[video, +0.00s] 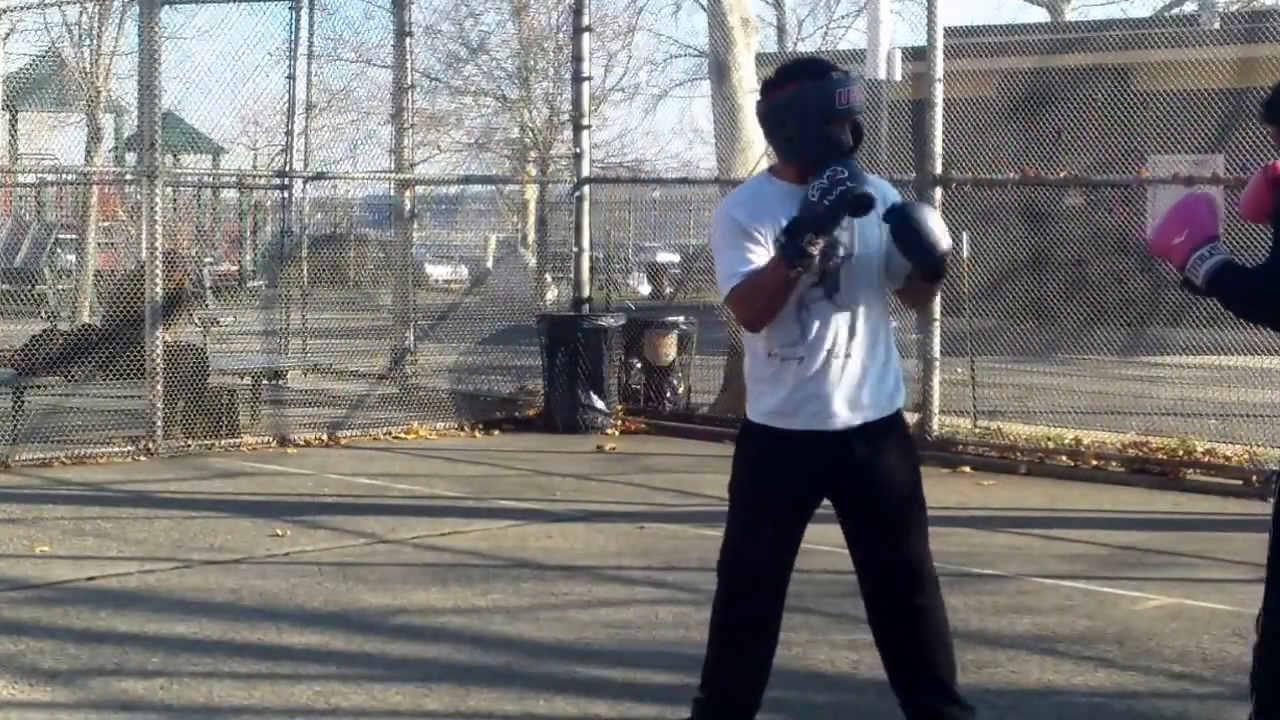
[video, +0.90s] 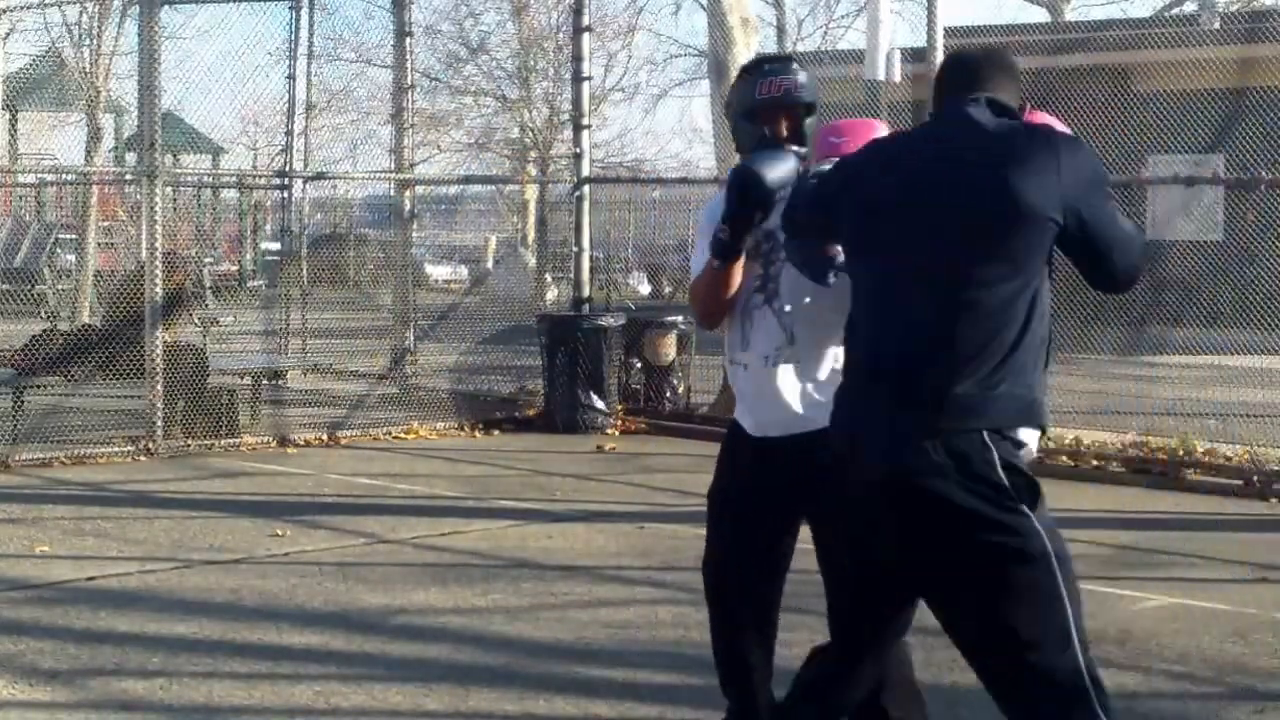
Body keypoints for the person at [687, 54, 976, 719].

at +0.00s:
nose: (847, 123)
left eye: (848, 109)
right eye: (828, 111)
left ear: (851, 117)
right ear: (783, 122)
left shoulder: (877, 195)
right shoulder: (744, 209)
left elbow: (916, 298)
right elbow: (748, 310)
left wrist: (928, 263)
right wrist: (801, 242)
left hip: (874, 427)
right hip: (779, 435)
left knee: (908, 589)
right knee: (748, 597)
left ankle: (940, 712)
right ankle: (721, 715)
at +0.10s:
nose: (845, 135)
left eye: (858, 122)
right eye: (829, 122)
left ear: (878, 130)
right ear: (804, 129)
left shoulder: (898, 200)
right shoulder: (770, 202)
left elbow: (960, 280)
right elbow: (809, 283)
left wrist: (967, 192)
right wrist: (834, 194)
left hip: (886, 439)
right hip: (789, 442)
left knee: (918, 611)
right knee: (752, 610)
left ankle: (940, 716)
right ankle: (717, 716)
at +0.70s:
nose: (878, 125)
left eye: (890, 111)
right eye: (862, 110)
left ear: (903, 119)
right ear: (822, 114)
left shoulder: (921, 201)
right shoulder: (775, 196)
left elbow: (958, 325)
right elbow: (754, 300)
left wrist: (953, 250)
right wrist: (798, 227)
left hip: (892, 442)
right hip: (791, 439)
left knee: (919, 619)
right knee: (756, 620)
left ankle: (940, 716)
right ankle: (752, 712)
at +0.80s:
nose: (828, 125)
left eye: (839, 112)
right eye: (811, 111)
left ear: (850, 119)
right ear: (776, 118)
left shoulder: (889, 203)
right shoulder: (743, 205)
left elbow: (933, 309)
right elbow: (720, 314)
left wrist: (886, 300)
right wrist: (751, 239)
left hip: (865, 432)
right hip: (769, 434)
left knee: (896, 597)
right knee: (747, 601)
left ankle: (913, 715)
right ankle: (751, 714)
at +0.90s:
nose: (780, 130)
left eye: (792, 115)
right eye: (764, 116)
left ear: (810, 121)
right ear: (738, 124)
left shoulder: (842, 195)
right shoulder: (727, 205)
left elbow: (884, 287)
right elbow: (709, 312)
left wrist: (835, 229)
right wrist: (735, 231)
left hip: (843, 435)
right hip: (755, 441)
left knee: (865, 610)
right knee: (738, 604)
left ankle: (888, 712)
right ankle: (747, 711)